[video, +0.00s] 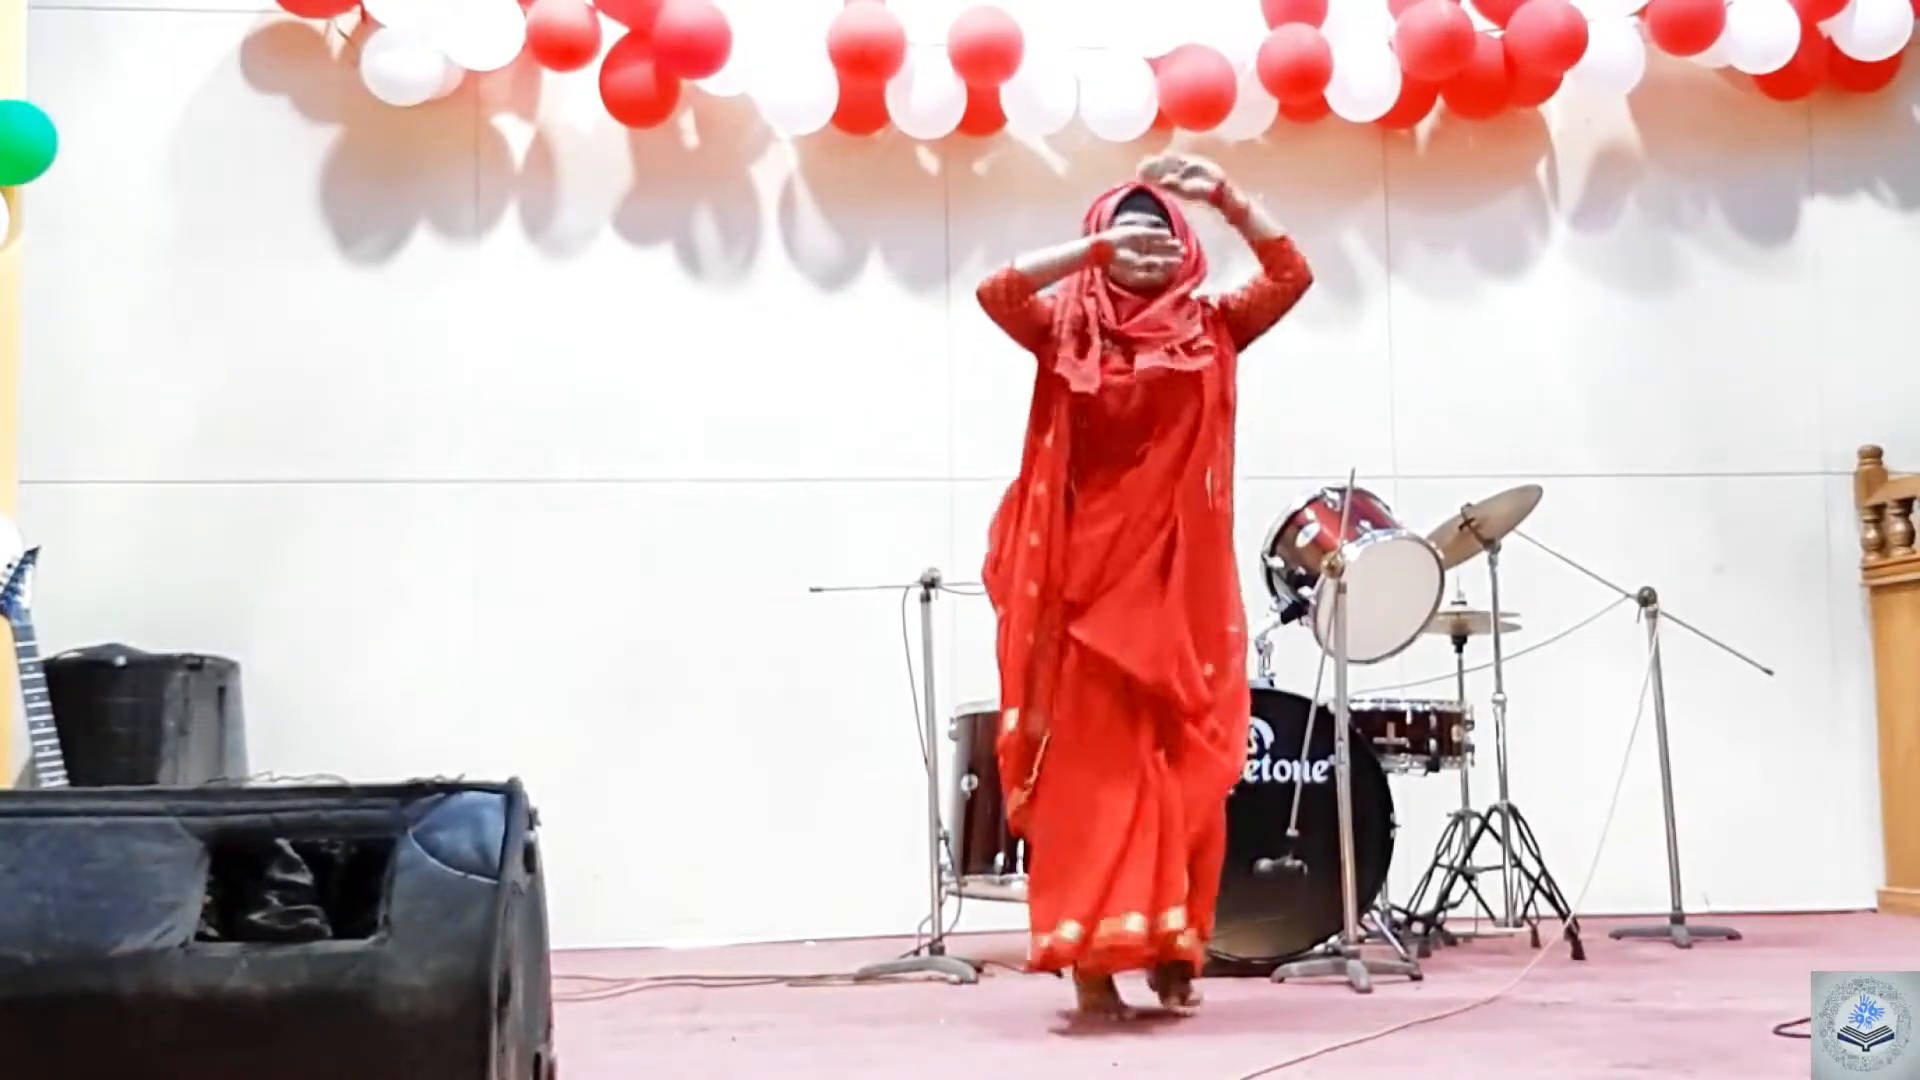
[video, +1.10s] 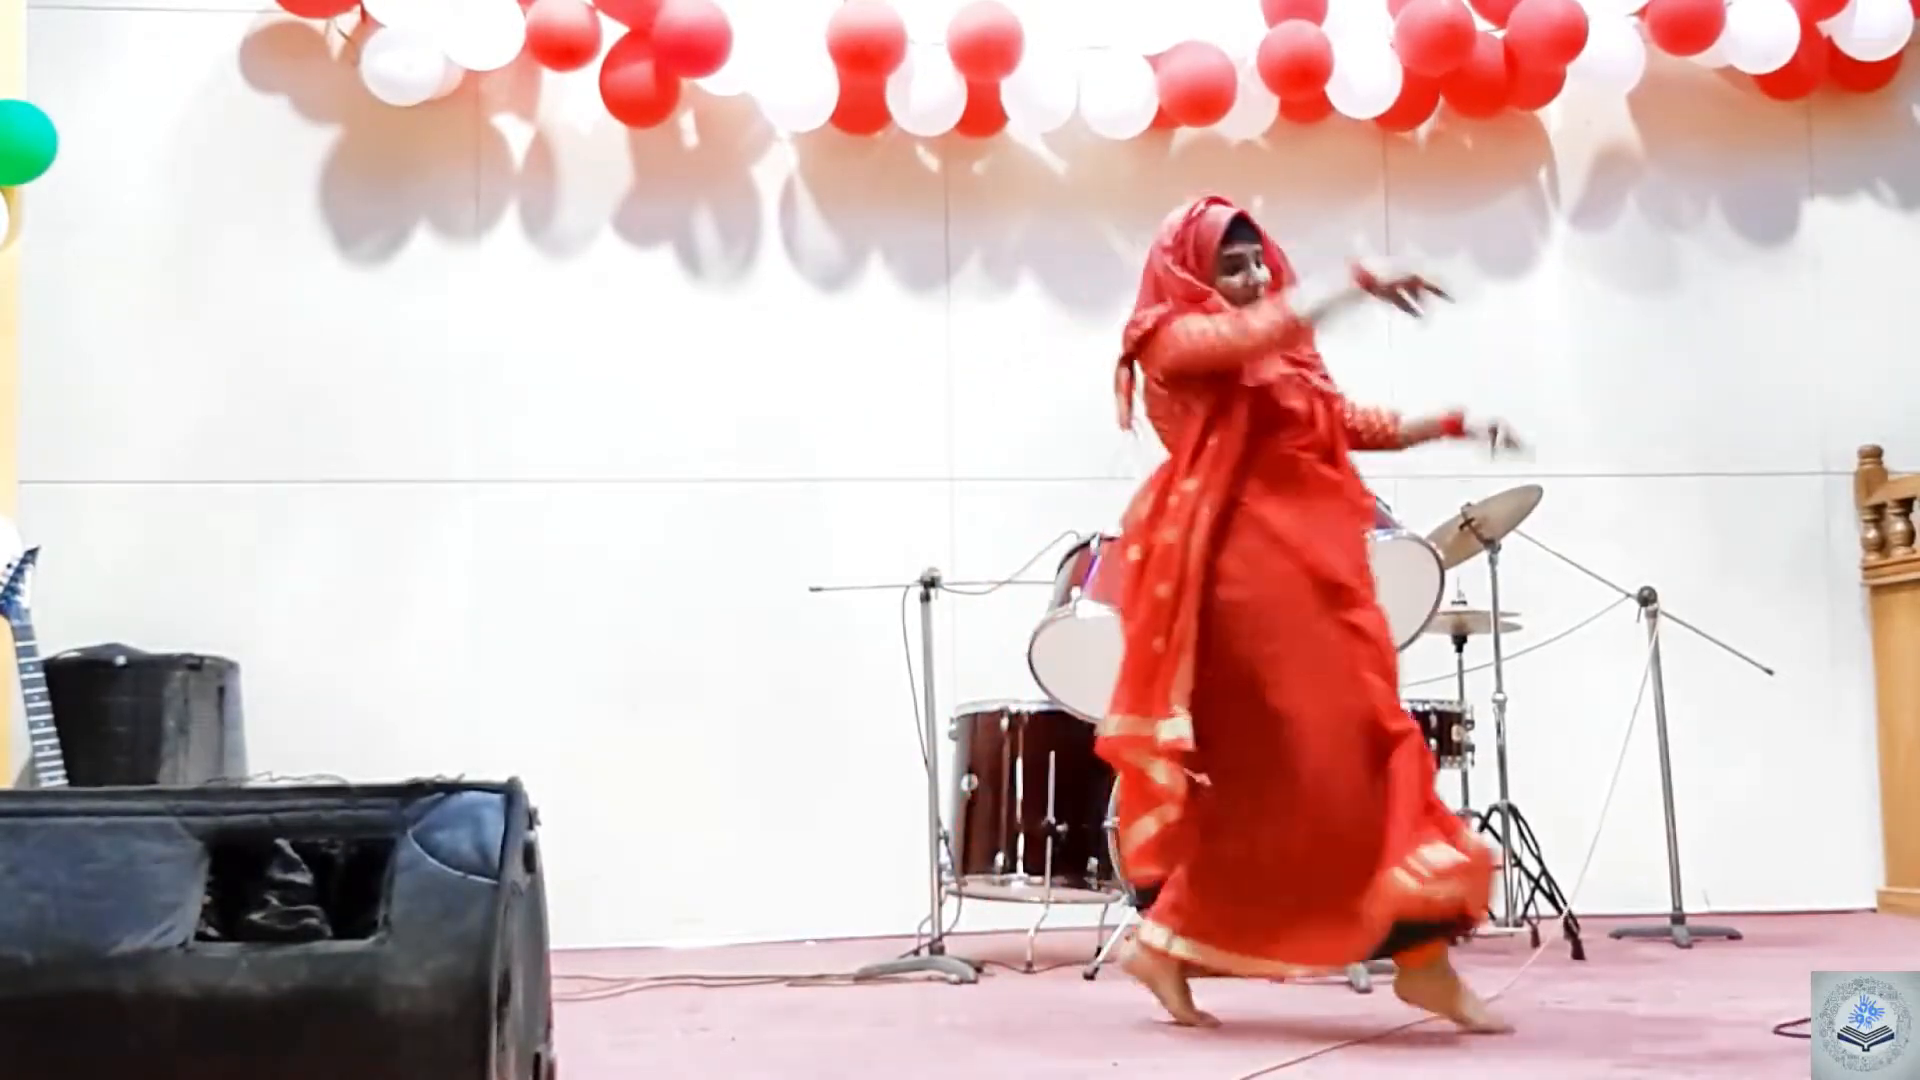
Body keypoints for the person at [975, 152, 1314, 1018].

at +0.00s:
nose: (1147, 243)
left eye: (1163, 234)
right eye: (1129, 231)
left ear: (1187, 254)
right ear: (1103, 251)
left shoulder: (1211, 326)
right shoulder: (1070, 323)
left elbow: (1289, 275)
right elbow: (995, 293)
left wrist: (1230, 199)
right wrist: (1087, 252)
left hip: (1184, 577)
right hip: (1085, 574)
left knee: (1189, 759)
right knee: (1089, 760)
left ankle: (1178, 944)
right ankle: (1091, 974)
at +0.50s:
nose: (1139, 264)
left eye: (1153, 252)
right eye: (1124, 252)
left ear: (1174, 268)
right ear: (1094, 265)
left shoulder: (1207, 348)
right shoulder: (1057, 335)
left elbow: (1301, 344)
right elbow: (972, 293)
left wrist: (1282, 288)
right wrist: (1031, 235)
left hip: (1182, 592)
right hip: (1081, 589)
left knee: (1193, 770)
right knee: (1090, 769)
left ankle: (1182, 964)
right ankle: (1086, 968)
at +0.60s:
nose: (1159, 281)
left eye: (1172, 268)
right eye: (1141, 268)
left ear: (1191, 280)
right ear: (1110, 278)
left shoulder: (1215, 381)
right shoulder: (1077, 361)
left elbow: (1298, 417)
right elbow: (998, 364)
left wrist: (1339, 346)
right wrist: (1029, 276)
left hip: (1190, 613)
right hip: (1090, 614)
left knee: (1199, 788)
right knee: (1098, 792)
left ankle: (1176, 975)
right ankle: (1093, 977)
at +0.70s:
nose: (1175, 298)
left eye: (1187, 284)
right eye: (1158, 284)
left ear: (1205, 293)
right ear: (1123, 290)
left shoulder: (1218, 386)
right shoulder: (1098, 374)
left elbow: (1273, 468)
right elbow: (1075, 457)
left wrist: (1374, 462)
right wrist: (1043, 388)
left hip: (1204, 609)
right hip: (1108, 610)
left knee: (1206, 781)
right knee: (1109, 783)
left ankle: (1176, 975)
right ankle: (1102, 973)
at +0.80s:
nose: (1192, 317)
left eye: (1201, 302)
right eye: (1173, 304)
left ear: (1217, 310)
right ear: (1137, 313)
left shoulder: (1225, 404)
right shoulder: (1103, 392)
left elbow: (1290, 501)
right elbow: (1092, 468)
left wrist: (1384, 552)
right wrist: (1079, 396)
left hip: (1223, 628)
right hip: (1125, 630)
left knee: (1253, 786)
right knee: (1173, 782)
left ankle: (1171, 967)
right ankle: (1093, 912)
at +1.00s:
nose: (1236, 272)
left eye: (1241, 260)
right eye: (1216, 260)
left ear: (1251, 276)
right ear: (1169, 277)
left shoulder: (1255, 374)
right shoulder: (1141, 348)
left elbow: (1327, 461)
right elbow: (1178, 298)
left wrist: (1422, 509)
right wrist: (1250, 224)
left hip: (1257, 588)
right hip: (1201, 589)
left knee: (1208, 776)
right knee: (1360, 722)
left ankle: (1153, 971)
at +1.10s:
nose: (1256, 271)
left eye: (1260, 259)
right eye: (1234, 261)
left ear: (1267, 264)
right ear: (1189, 269)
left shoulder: (1282, 344)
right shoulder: (1171, 336)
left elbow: (1342, 423)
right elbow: (1240, 334)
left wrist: (1446, 423)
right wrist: (1347, 289)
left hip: (1318, 570)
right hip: (1249, 570)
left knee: (1267, 770)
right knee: (1375, 744)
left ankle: (1164, 942)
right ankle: (1423, 959)